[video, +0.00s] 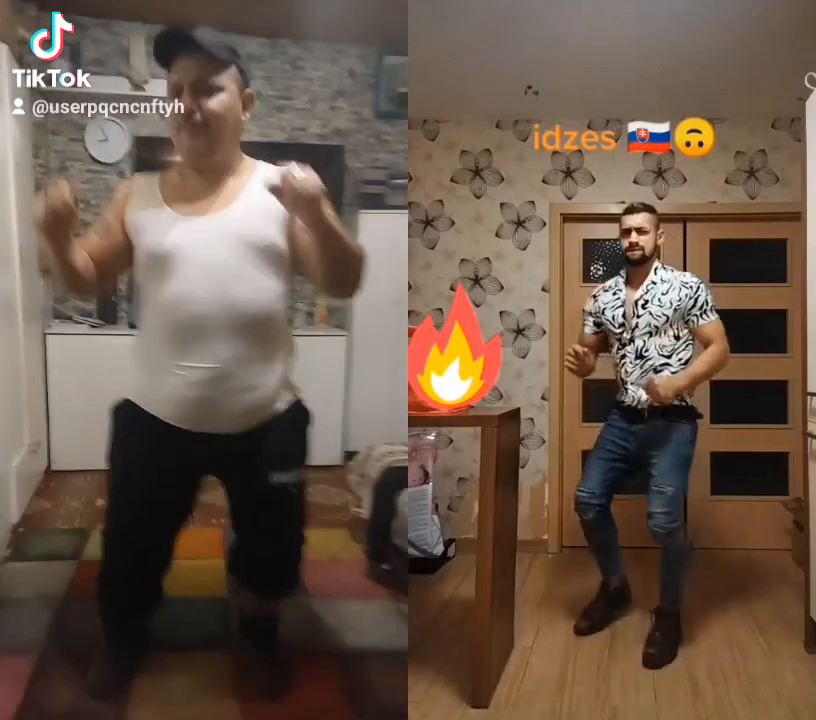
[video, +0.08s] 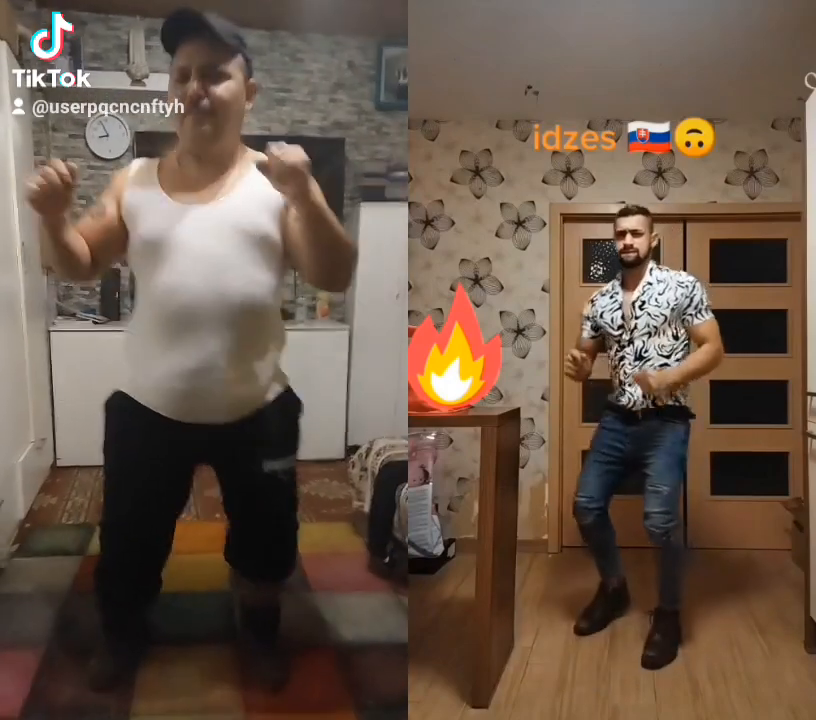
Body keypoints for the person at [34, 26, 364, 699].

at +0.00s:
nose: (190, 105)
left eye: (208, 90)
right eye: (178, 92)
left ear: (245, 104)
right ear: (166, 104)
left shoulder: (280, 188)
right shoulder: (139, 194)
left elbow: (343, 281)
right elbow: (83, 280)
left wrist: (317, 211)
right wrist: (58, 239)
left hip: (263, 420)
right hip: (156, 418)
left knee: (271, 556)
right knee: (130, 559)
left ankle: (260, 643)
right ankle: (120, 656)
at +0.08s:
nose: (195, 89)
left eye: (214, 75)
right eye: (183, 76)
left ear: (249, 90)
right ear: (170, 90)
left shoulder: (276, 184)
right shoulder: (137, 181)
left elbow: (335, 274)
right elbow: (77, 264)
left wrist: (304, 190)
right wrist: (54, 219)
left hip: (254, 413)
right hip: (150, 412)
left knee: (265, 550)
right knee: (127, 558)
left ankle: (261, 643)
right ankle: (119, 651)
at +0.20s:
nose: (193, 97)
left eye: (210, 82)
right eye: (179, 84)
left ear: (240, 96)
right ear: (162, 97)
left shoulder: (269, 187)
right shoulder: (128, 183)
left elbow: (308, 283)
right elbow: (72, 263)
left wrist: (274, 204)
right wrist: (35, 228)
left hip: (234, 410)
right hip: (131, 410)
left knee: (258, 551)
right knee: (114, 563)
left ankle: (265, 638)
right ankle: (116, 654)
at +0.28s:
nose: (184, 110)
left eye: (199, 95)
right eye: (169, 97)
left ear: (227, 107)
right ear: (151, 111)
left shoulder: (260, 198)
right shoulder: (122, 195)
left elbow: (292, 300)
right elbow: (65, 269)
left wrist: (264, 244)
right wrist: (29, 231)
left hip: (223, 414)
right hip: (120, 414)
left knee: (253, 549)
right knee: (109, 554)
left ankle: (263, 627)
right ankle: (120, 643)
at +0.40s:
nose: (173, 120)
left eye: (189, 106)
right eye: (158, 109)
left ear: (219, 119)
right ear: (142, 127)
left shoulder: (259, 202)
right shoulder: (126, 209)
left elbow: (307, 298)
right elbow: (66, 282)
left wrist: (284, 248)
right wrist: (48, 222)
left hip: (232, 414)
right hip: (133, 417)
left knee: (259, 547)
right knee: (119, 553)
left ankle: (271, 626)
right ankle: (129, 647)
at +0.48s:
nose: (177, 122)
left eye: (192, 106)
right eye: (162, 111)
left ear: (223, 121)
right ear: (147, 133)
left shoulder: (265, 200)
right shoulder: (137, 216)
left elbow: (324, 287)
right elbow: (78, 288)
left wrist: (316, 233)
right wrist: (71, 222)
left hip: (246, 416)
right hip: (149, 420)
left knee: (267, 546)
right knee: (137, 550)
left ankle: (280, 637)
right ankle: (136, 648)